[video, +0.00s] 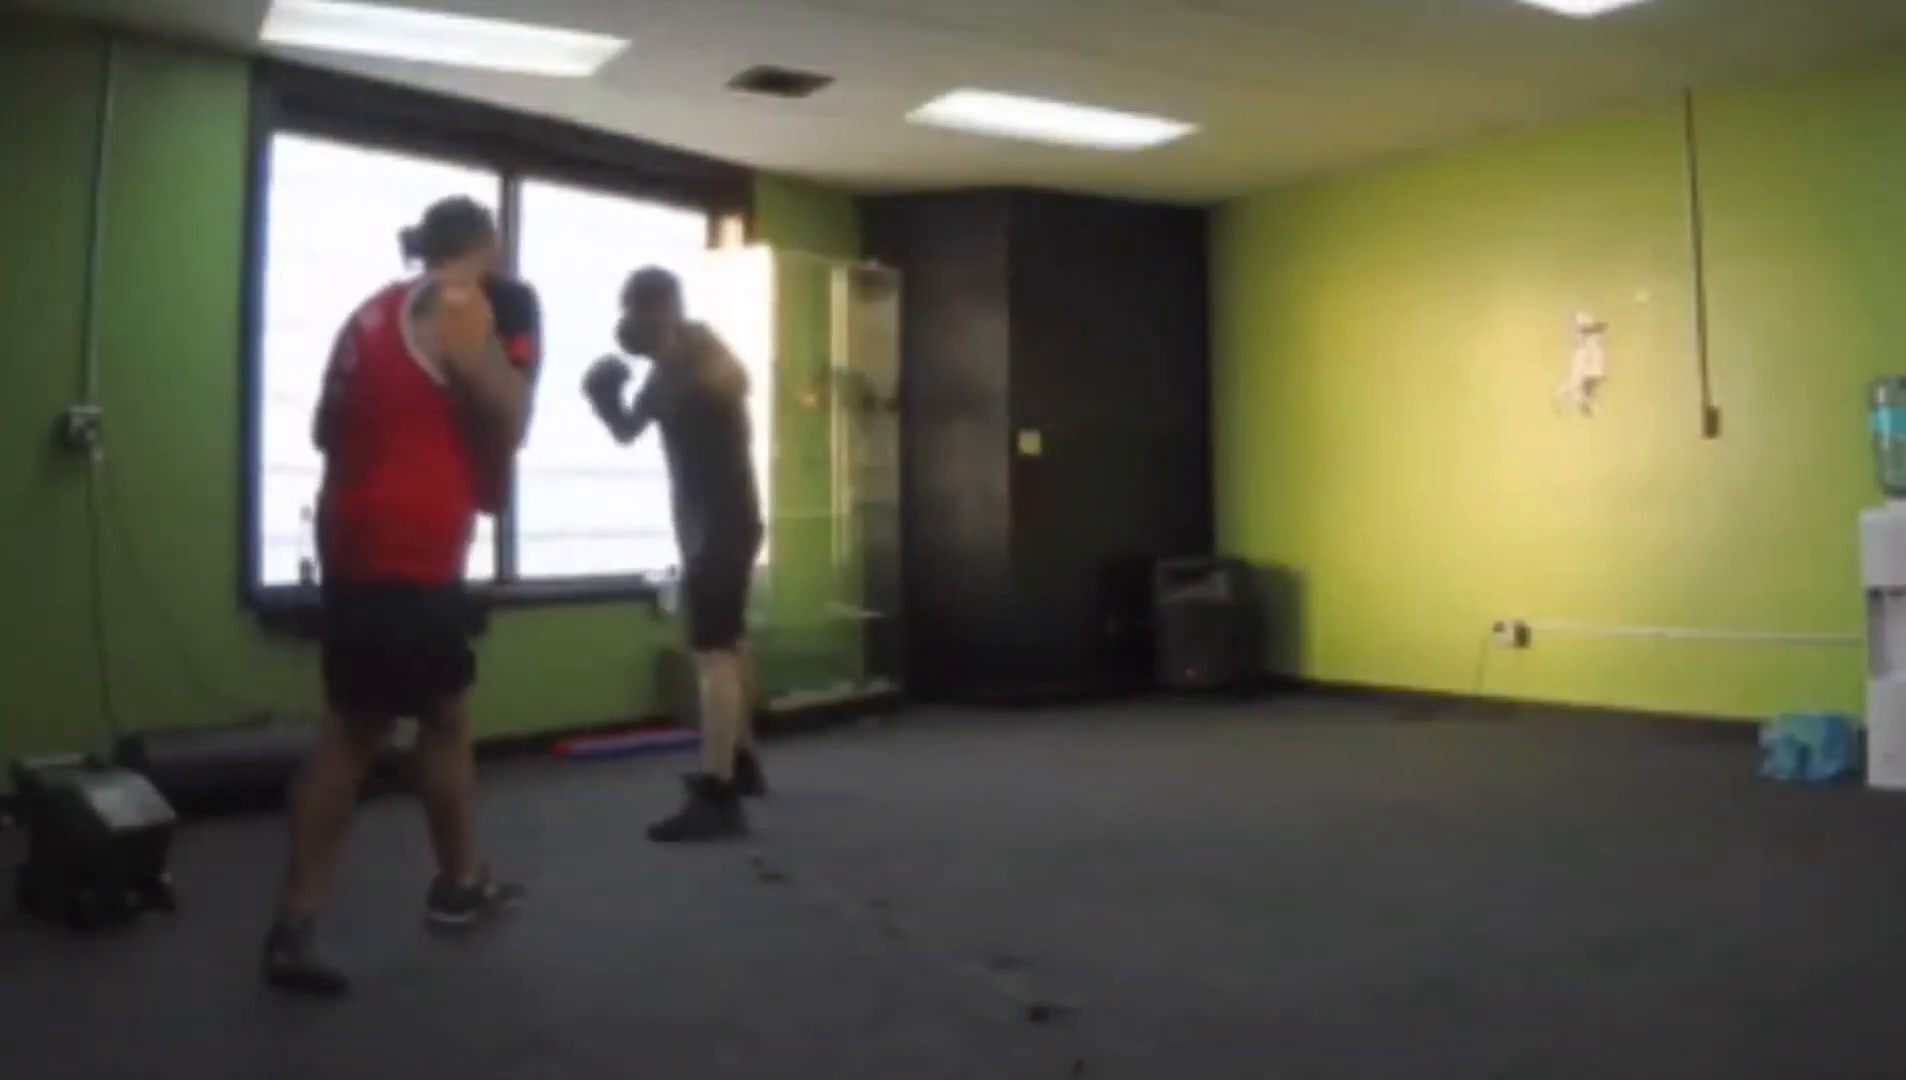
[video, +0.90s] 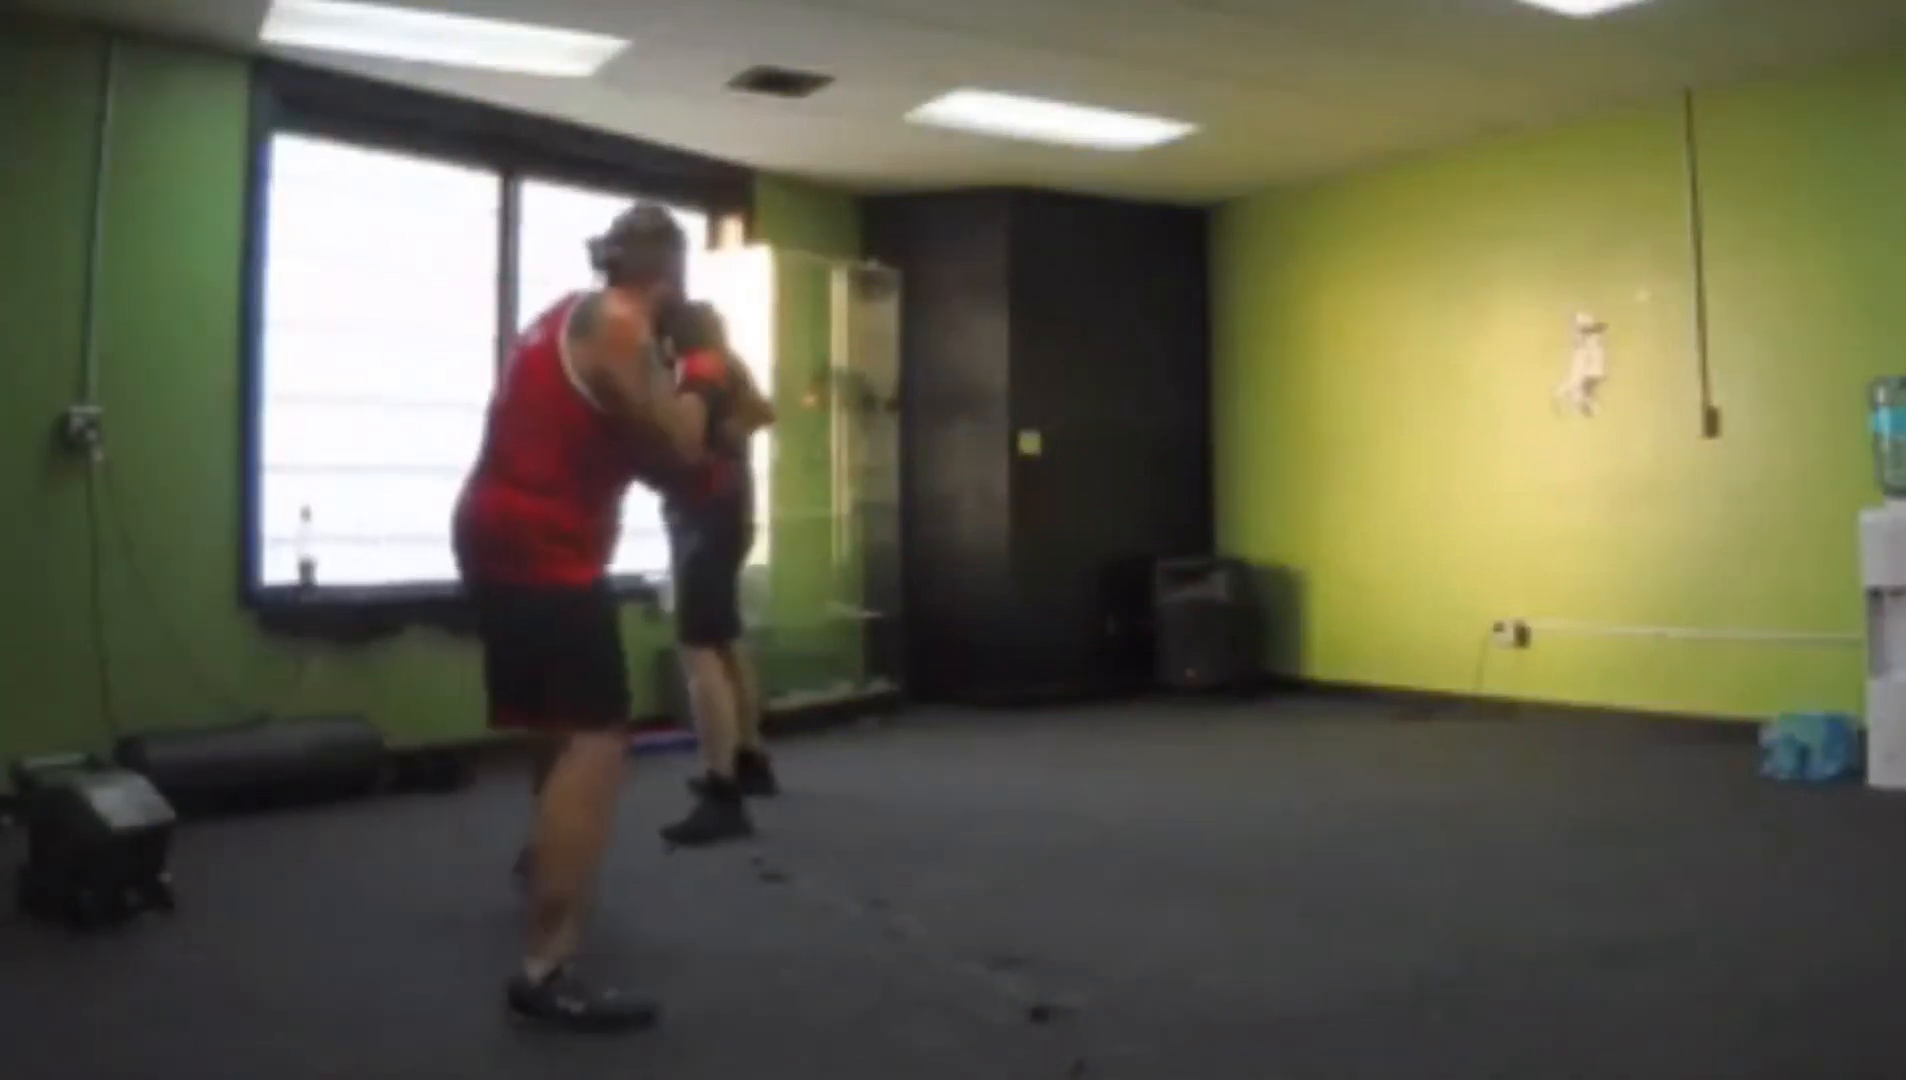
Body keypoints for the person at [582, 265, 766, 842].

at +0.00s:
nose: (624, 327)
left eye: (630, 315)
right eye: (624, 315)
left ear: (657, 312)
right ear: (665, 309)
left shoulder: (679, 362)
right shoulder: (701, 352)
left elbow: (625, 429)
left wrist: (602, 391)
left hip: (715, 527)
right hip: (726, 521)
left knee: (714, 653)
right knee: (724, 647)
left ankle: (715, 788)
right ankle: (738, 759)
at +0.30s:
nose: (639, 326)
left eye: (641, 313)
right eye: (633, 316)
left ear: (654, 305)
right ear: (640, 312)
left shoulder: (679, 346)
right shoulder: (653, 356)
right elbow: (608, 402)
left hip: (733, 518)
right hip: (716, 518)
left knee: (722, 651)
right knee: (725, 647)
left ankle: (719, 787)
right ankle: (739, 757)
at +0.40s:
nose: (632, 320)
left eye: (635, 308)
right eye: (627, 311)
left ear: (653, 303)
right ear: (635, 311)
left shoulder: (686, 340)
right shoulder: (653, 353)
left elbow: (721, 396)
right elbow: (637, 420)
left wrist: (649, 380)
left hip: (736, 516)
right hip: (711, 517)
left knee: (723, 649)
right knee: (725, 645)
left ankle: (719, 788)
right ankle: (745, 752)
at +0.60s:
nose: (627, 330)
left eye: (631, 316)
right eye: (622, 319)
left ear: (651, 304)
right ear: (649, 304)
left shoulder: (692, 343)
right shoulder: (645, 361)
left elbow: (754, 402)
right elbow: (637, 428)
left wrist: (703, 437)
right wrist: (650, 445)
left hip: (731, 517)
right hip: (701, 519)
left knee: (717, 649)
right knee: (727, 645)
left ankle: (719, 787)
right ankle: (747, 755)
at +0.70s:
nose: (635, 325)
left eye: (637, 314)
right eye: (636, 314)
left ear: (648, 312)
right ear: (675, 304)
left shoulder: (688, 351)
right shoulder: (684, 351)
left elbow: (761, 409)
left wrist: (710, 445)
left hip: (718, 514)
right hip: (710, 512)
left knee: (711, 652)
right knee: (725, 647)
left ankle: (718, 788)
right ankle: (748, 756)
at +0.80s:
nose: (644, 330)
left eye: (647, 319)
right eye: (650, 318)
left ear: (658, 319)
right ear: (690, 312)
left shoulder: (685, 356)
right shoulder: (713, 351)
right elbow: (764, 411)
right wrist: (715, 438)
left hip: (710, 518)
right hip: (723, 515)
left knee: (703, 649)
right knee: (726, 643)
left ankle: (718, 786)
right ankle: (747, 756)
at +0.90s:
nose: (655, 343)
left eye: (659, 334)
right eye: (658, 334)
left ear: (673, 336)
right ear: (708, 328)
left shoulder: (695, 370)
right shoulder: (726, 366)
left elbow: (683, 442)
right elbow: (761, 411)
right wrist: (719, 431)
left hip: (702, 517)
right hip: (724, 515)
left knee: (700, 648)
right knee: (723, 642)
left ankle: (721, 789)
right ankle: (748, 755)